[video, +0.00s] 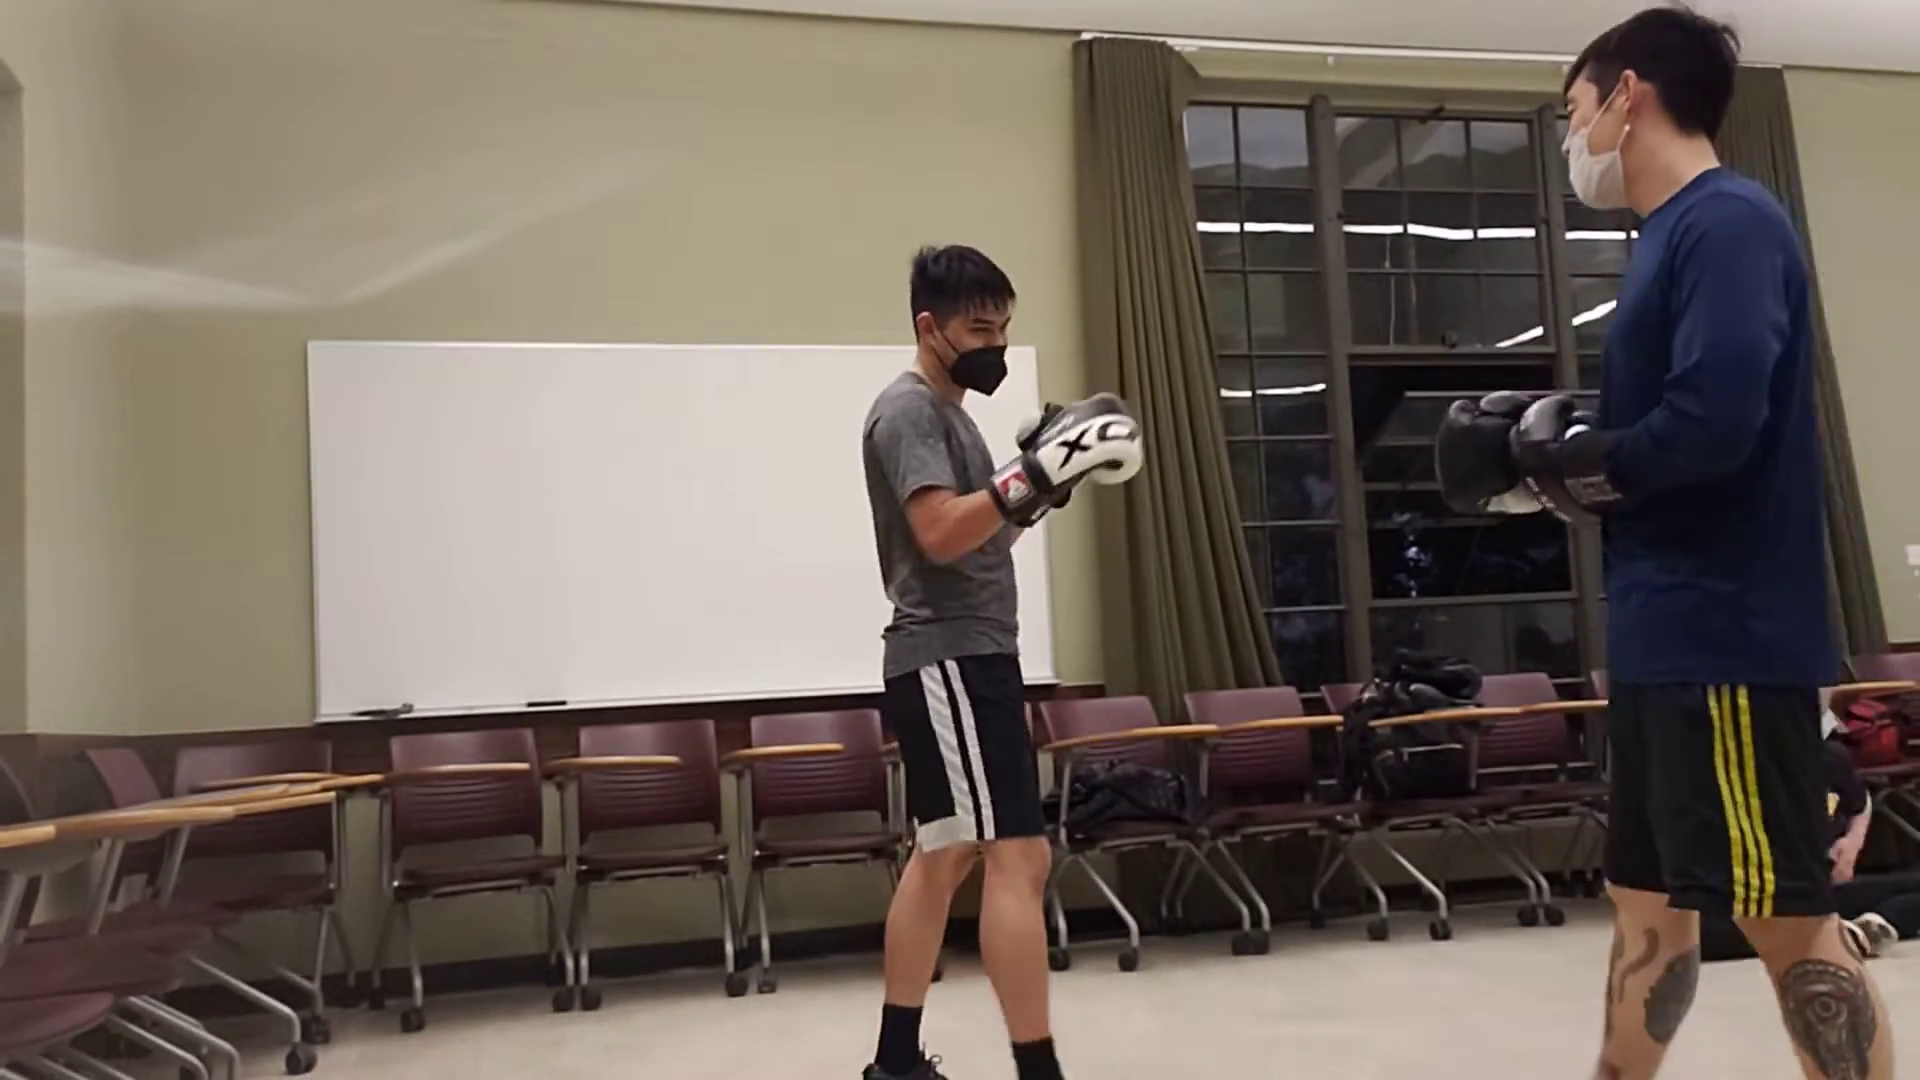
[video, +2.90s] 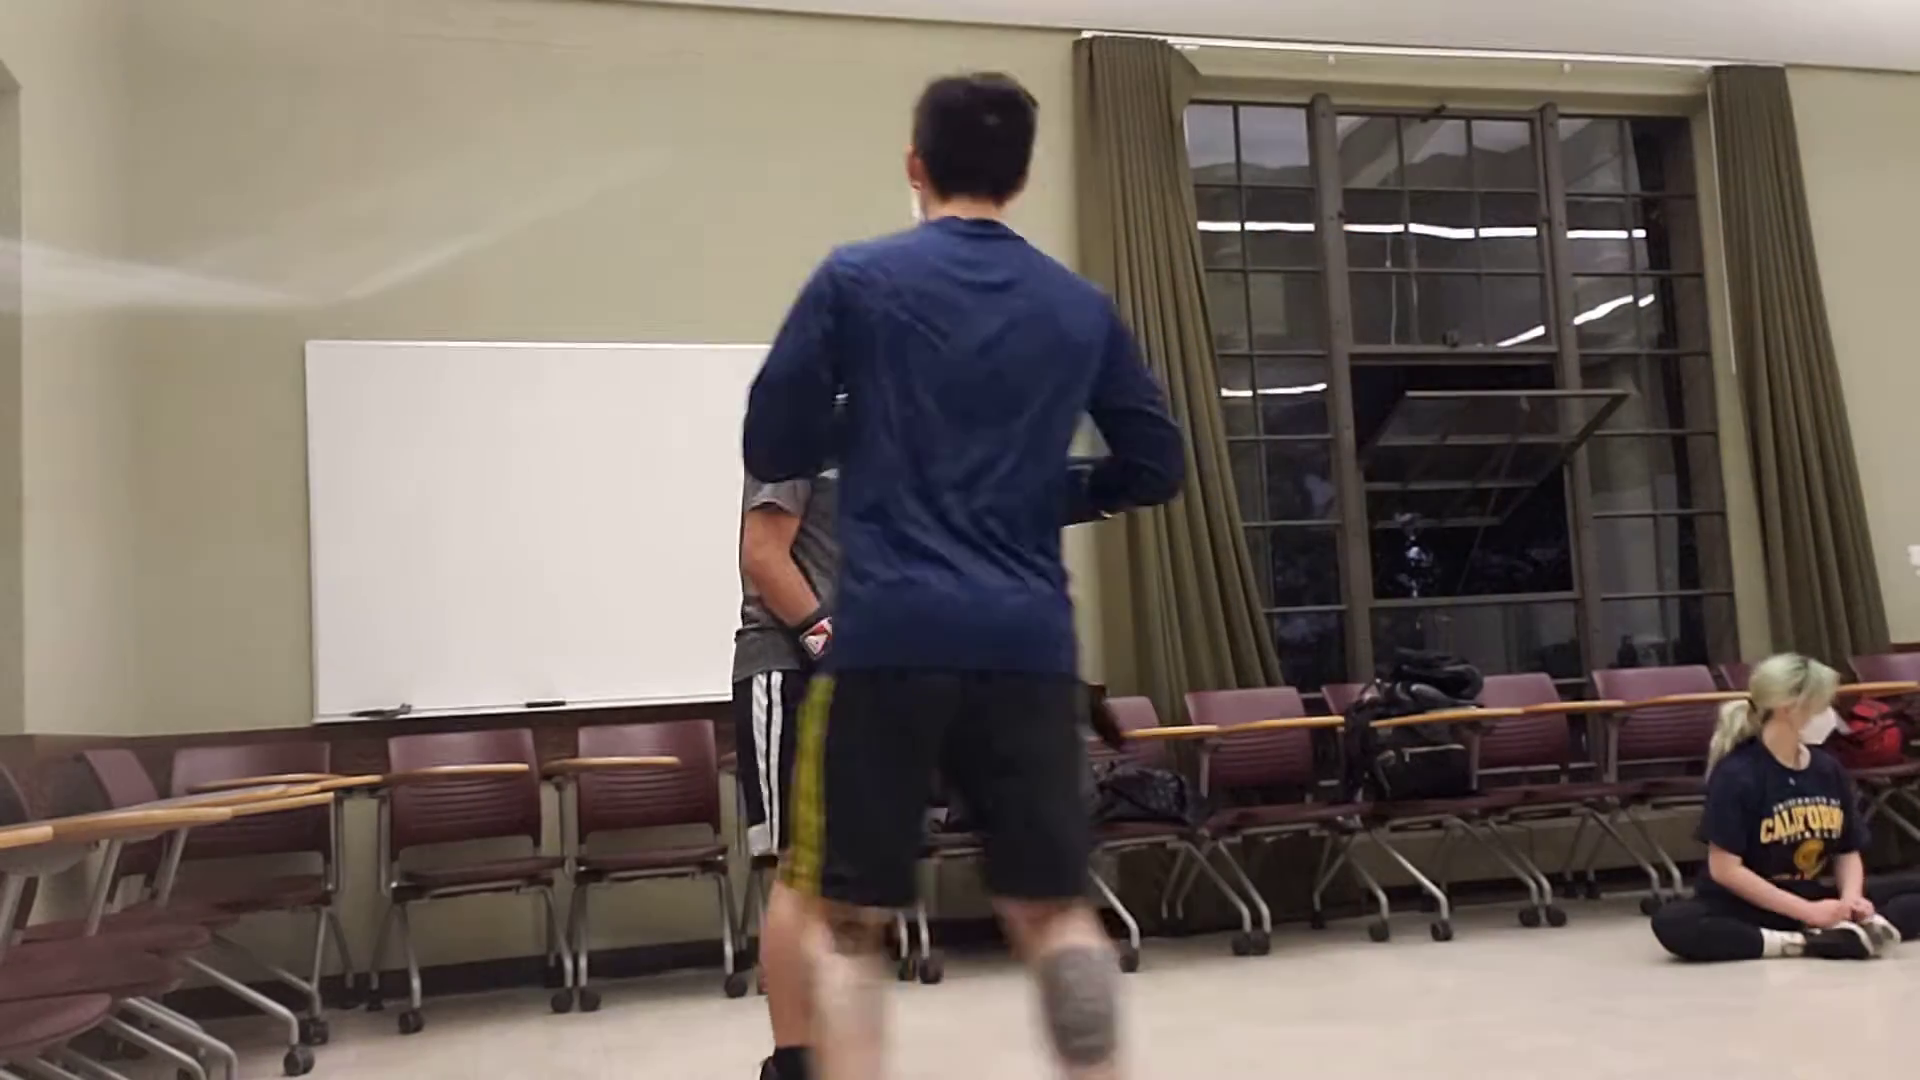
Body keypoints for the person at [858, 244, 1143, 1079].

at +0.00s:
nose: (995, 342)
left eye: (1001, 326)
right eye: (978, 326)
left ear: (1003, 320)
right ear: (927, 326)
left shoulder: (950, 419)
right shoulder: (907, 411)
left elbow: (976, 540)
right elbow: (942, 536)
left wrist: (1039, 479)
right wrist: (1032, 476)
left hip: (963, 658)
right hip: (951, 660)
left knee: (941, 854)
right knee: (1019, 860)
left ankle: (897, 1058)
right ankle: (1040, 1071)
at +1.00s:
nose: (967, 335)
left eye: (972, 319)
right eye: (948, 320)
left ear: (972, 315)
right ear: (898, 324)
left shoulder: (922, 414)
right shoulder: (869, 414)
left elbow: (903, 542)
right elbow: (841, 554)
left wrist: (977, 553)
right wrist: (950, 570)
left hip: (909, 659)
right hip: (878, 661)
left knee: (893, 864)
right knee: (941, 860)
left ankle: (882, 1060)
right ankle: (948, 1067)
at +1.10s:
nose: (950, 334)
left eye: (956, 318)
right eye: (931, 319)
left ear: (957, 319)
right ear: (882, 323)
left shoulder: (906, 414)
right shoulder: (856, 416)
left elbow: (883, 535)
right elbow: (807, 551)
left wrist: (947, 554)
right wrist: (914, 589)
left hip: (897, 658)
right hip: (862, 662)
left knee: (903, 862)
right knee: (908, 863)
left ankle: (878, 1052)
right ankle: (873, 1056)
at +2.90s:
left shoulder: (887, 442)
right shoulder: (802, 426)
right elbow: (761, 549)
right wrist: (823, 635)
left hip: (845, 661)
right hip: (785, 661)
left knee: (842, 874)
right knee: (797, 871)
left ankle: (820, 1047)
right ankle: (793, 1052)